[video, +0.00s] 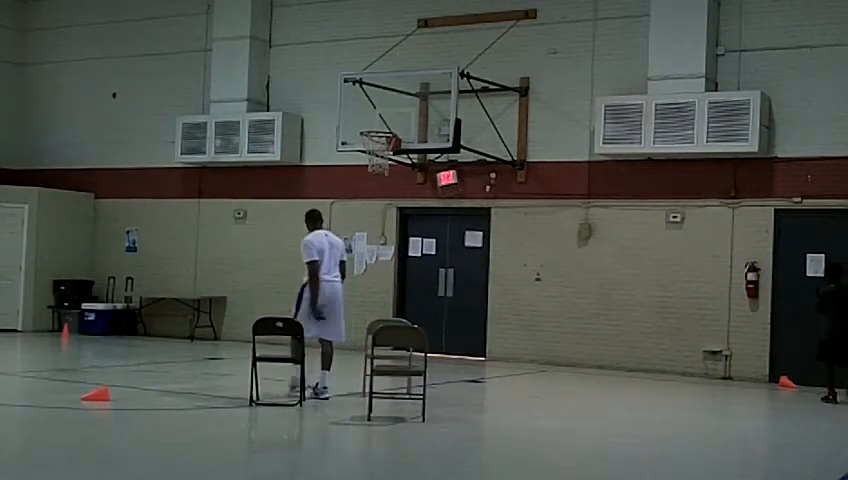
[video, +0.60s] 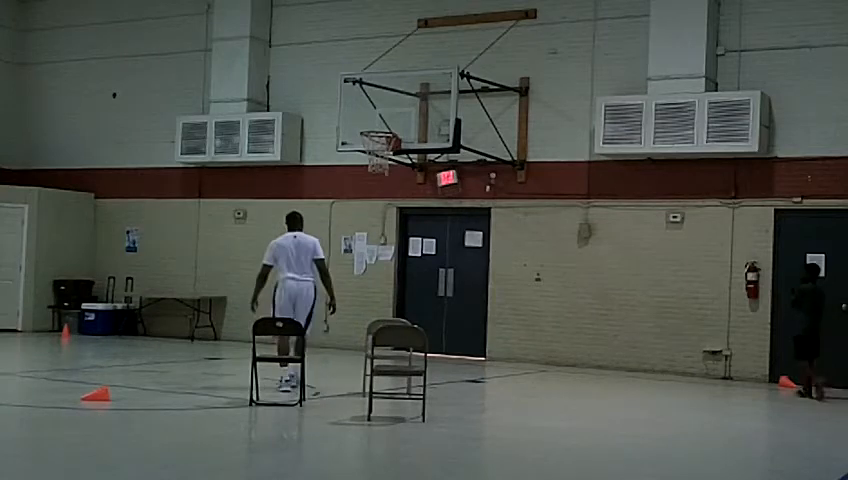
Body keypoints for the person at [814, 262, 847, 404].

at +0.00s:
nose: (827, 277)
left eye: (827, 274)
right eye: (830, 274)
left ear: (827, 275)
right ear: (841, 275)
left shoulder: (826, 291)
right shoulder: (845, 290)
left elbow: (820, 310)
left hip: (829, 333)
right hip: (843, 332)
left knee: (829, 363)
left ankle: (832, 393)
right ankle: (832, 392)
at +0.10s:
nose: (822, 277)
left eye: (823, 274)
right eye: (824, 274)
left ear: (823, 275)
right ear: (836, 275)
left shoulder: (820, 290)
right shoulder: (841, 290)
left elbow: (816, 309)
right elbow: (843, 310)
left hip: (824, 331)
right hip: (839, 331)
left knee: (829, 362)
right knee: (839, 362)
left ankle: (830, 392)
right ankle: (842, 392)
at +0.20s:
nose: (818, 276)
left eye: (819, 274)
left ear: (819, 274)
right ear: (832, 274)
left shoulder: (817, 290)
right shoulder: (837, 290)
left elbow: (811, 309)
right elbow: (840, 311)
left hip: (821, 330)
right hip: (834, 330)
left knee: (828, 362)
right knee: (830, 362)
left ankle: (830, 392)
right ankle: (830, 391)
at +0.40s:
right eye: (823, 275)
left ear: (811, 275)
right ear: (824, 276)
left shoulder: (807, 289)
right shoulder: (828, 290)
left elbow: (802, 307)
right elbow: (832, 312)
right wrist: (833, 330)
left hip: (811, 330)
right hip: (825, 330)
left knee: (821, 361)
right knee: (816, 361)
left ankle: (829, 391)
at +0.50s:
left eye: (809, 274)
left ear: (808, 275)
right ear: (821, 275)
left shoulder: (804, 289)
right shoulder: (825, 290)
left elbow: (798, 307)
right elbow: (828, 312)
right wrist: (828, 330)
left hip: (808, 329)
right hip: (822, 329)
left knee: (810, 360)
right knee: (818, 359)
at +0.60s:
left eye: (806, 274)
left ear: (804, 274)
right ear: (817, 275)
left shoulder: (801, 290)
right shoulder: (820, 291)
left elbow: (795, 306)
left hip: (802, 328)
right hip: (815, 328)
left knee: (804, 359)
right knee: (811, 359)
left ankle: (808, 388)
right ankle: (808, 387)